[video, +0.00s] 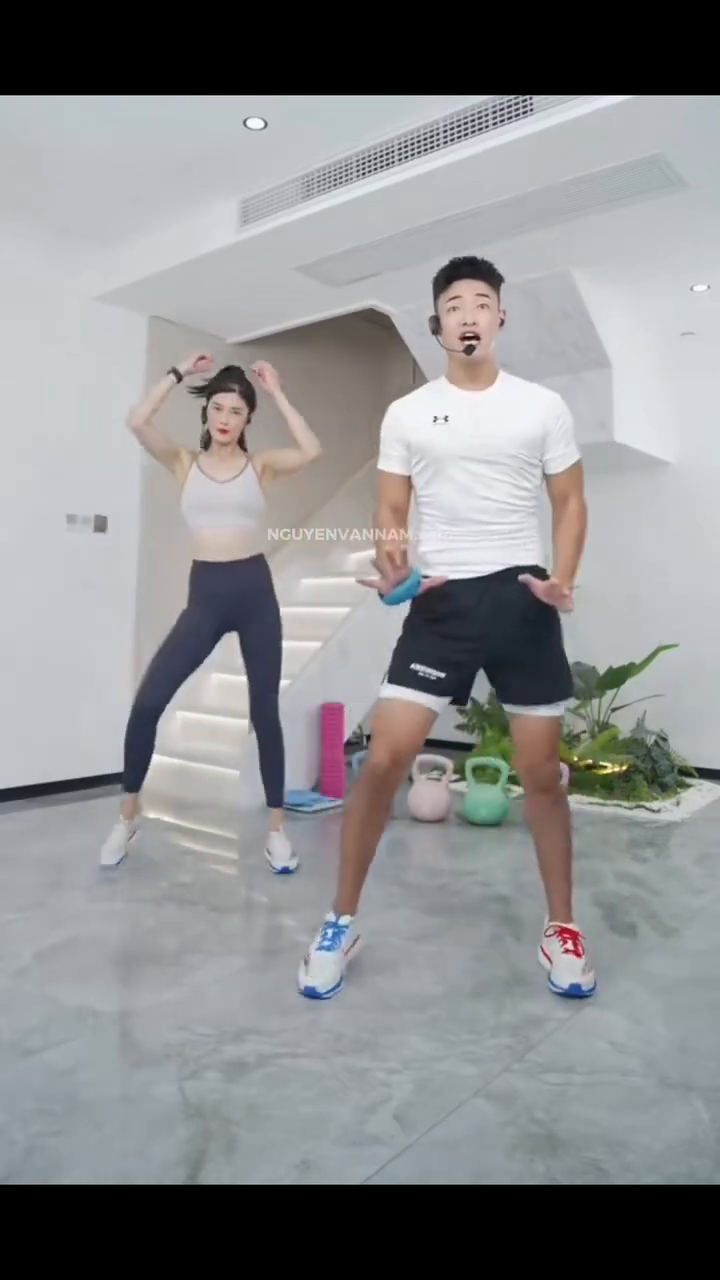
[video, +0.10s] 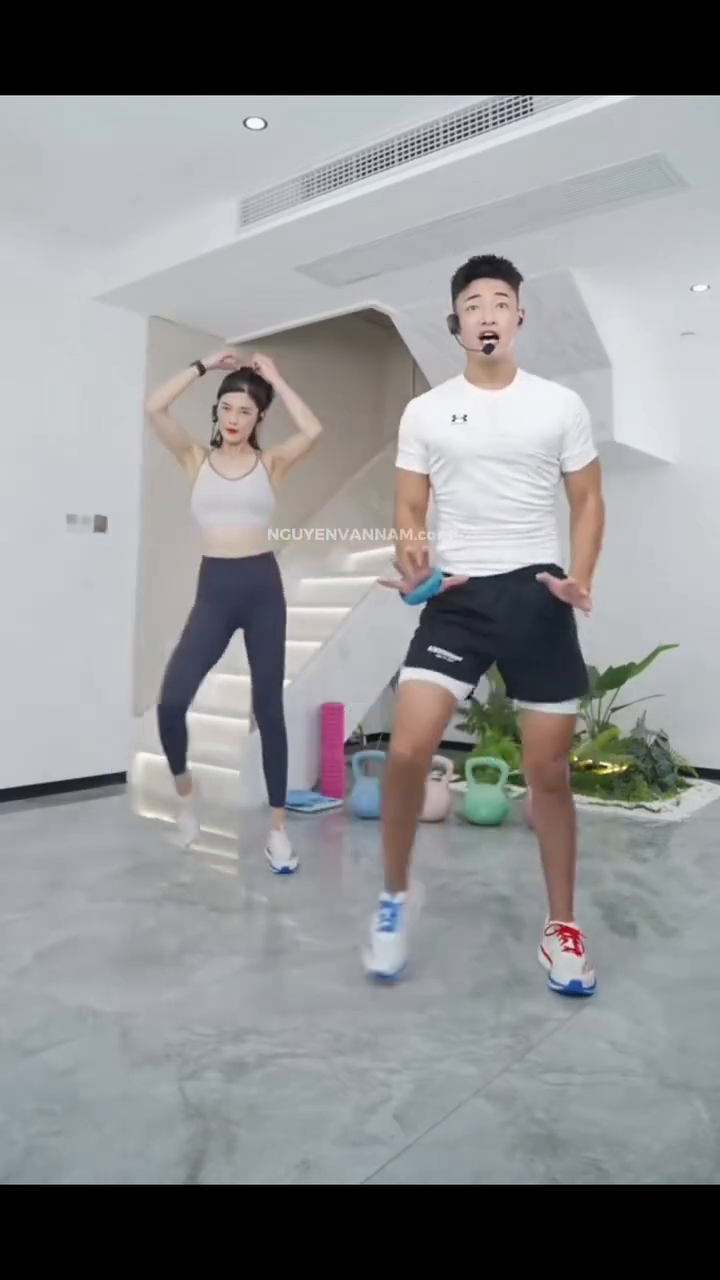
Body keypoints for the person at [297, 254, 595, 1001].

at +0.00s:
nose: (469, 317)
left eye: (481, 305)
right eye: (456, 306)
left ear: (502, 318)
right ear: (437, 324)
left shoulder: (543, 408)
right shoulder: (406, 415)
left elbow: (570, 504)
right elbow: (391, 519)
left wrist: (562, 580)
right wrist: (393, 558)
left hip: (525, 604)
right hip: (438, 605)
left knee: (542, 775)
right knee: (385, 758)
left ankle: (561, 929)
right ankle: (340, 921)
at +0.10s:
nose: (487, 316)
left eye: (501, 304)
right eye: (473, 305)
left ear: (520, 317)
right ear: (456, 323)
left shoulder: (560, 407)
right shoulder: (425, 412)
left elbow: (588, 503)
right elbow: (409, 515)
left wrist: (581, 579)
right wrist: (416, 564)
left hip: (539, 602)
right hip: (454, 601)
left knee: (549, 776)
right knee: (406, 753)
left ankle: (561, 929)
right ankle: (393, 896)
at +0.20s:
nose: (498, 314)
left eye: (511, 302)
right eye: (485, 303)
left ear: (530, 315)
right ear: (467, 320)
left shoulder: (570, 406)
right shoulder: (436, 412)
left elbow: (597, 501)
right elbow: (418, 516)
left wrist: (589, 575)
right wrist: (430, 564)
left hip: (547, 600)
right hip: (465, 599)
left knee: (553, 776)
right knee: (439, 759)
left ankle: (563, 928)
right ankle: (461, 885)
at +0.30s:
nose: (503, 315)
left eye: (516, 303)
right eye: (490, 305)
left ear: (535, 317)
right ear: (473, 321)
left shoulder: (573, 408)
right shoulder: (441, 412)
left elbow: (599, 504)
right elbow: (422, 515)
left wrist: (590, 577)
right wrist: (432, 558)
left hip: (551, 601)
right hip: (470, 602)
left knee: (553, 776)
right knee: (472, 777)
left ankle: (565, 925)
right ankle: (511, 889)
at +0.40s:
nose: (504, 316)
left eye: (517, 304)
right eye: (491, 305)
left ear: (536, 318)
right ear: (473, 321)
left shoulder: (574, 409)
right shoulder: (441, 411)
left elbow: (597, 505)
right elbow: (421, 513)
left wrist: (586, 581)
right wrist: (427, 547)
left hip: (550, 602)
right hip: (470, 603)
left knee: (553, 775)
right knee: (458, 772)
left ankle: (564, 927)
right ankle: (489, 888)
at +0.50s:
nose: (499, 316)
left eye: (512, 305)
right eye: (486, 306)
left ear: (531, 318)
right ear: (468, 322)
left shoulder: (568, 409)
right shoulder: (436, 411)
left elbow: (592, 507)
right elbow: (416, 513)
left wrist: (577, 582)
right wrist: (423, 552)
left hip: (541, 602)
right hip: (459, 601)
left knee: (551, 777)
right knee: (425, 768)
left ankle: (563, 927)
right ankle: (440, 888)